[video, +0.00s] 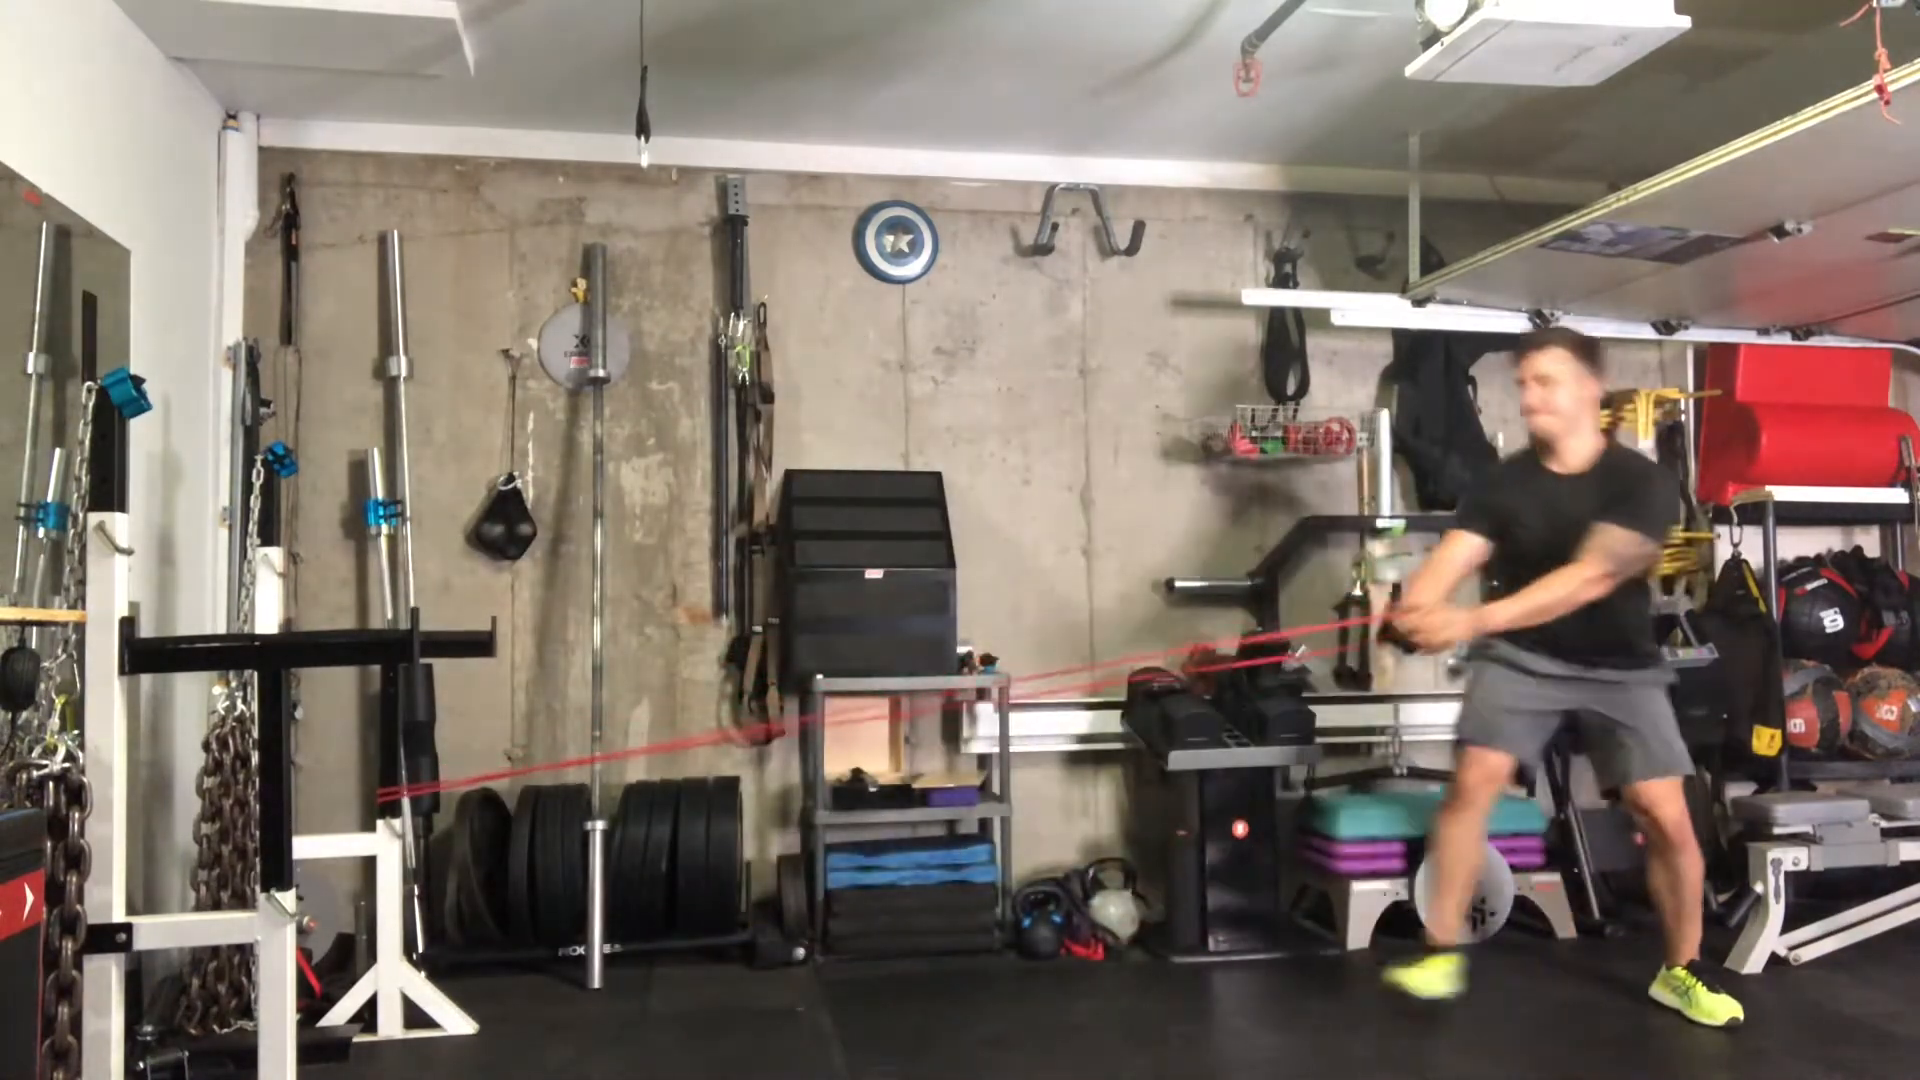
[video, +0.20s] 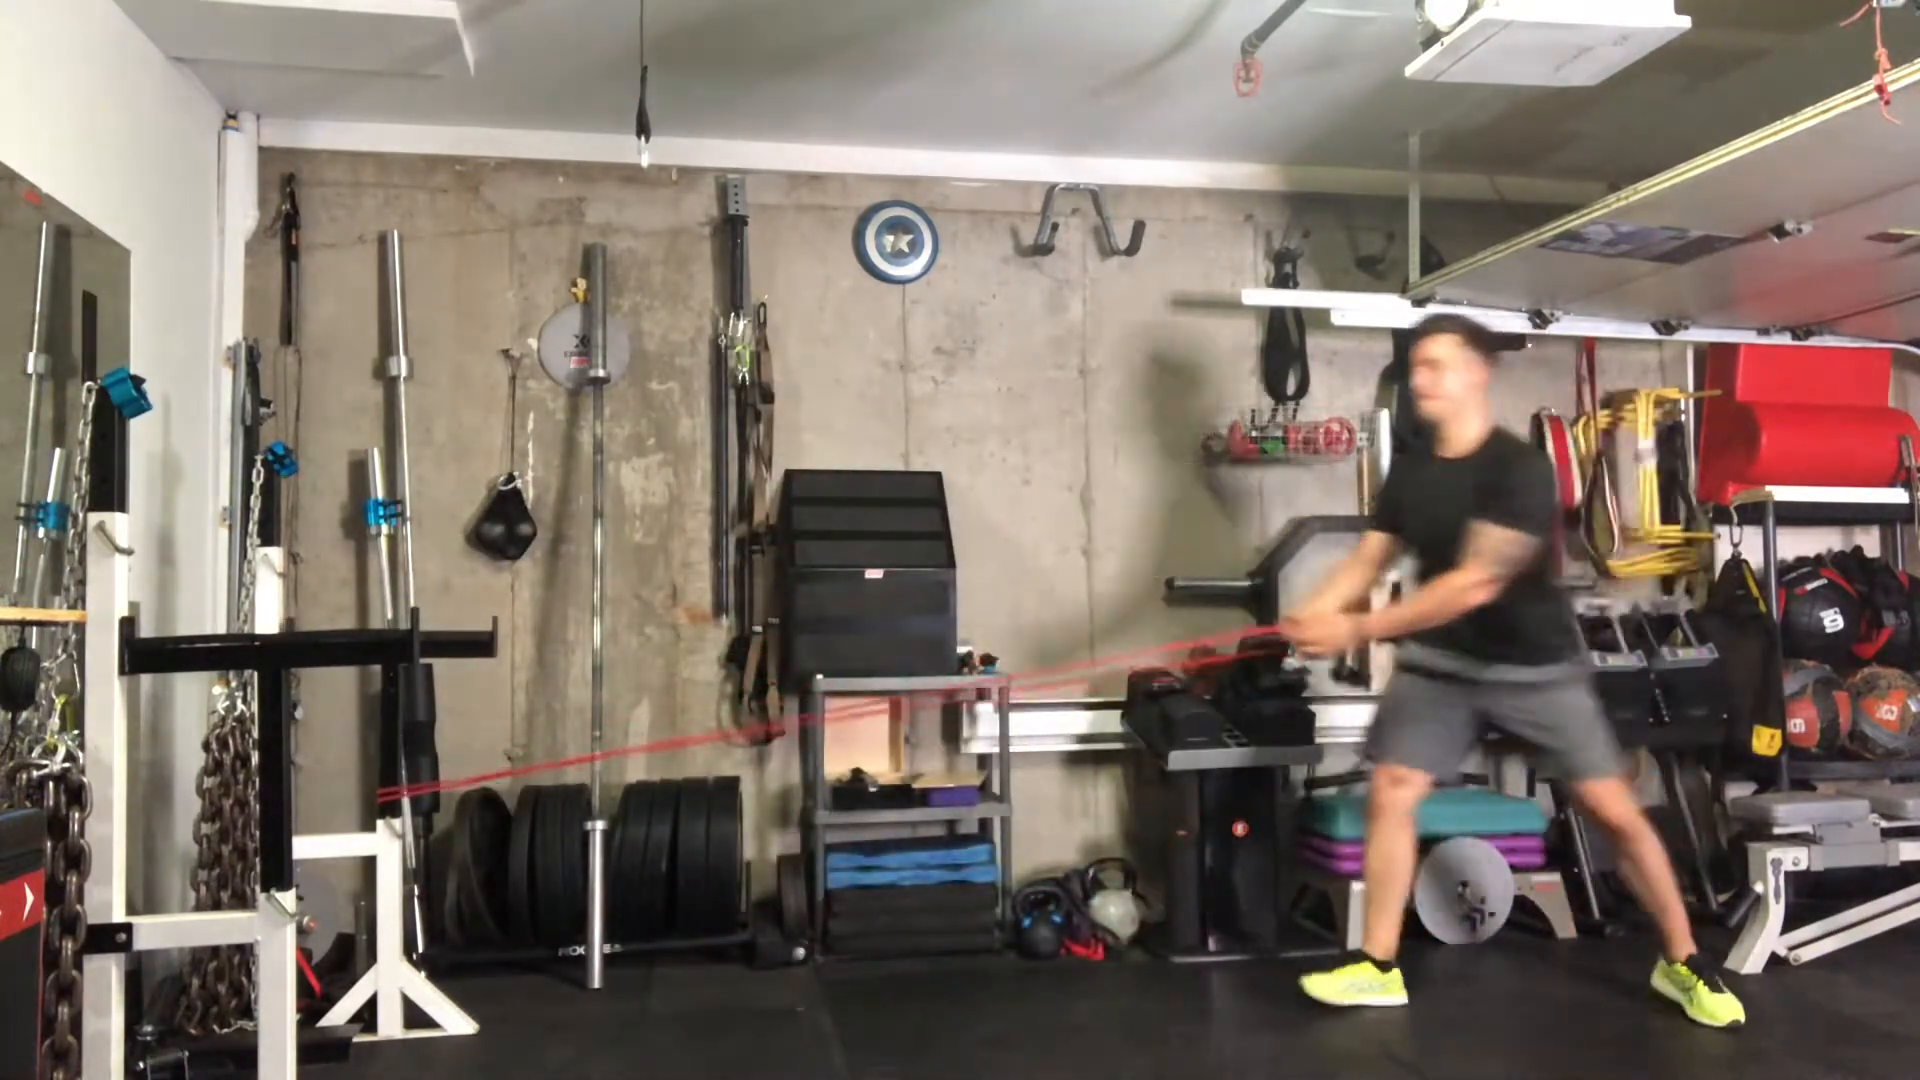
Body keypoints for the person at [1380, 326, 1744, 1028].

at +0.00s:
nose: (1531, 396)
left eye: (1547, 382)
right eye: (1524, 384)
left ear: (1594, 390)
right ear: (1519, 396)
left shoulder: (1644, 483)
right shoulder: (1509, 481)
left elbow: (1589, 578)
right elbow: (1450, 559)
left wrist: (1471, 621)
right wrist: (1411, 607)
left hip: (1623, 674)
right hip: (1518, 663)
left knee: (1669, 819)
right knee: (1473, 780)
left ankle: (1681, 971)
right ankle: (1443, 952)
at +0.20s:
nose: (1420, 379)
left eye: (1436, 366)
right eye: (1416, 368)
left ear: (1480, 372)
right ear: (1411, 381)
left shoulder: (1520, 466)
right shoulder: (1412, 467)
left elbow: (1475, 584)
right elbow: (1369, 560)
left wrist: (1357, 628)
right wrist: (1317, 611)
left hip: (1540, 672)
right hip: (1439, 670)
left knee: (1614, 808)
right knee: (1391, 790)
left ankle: (1682, 960)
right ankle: (1378, 963)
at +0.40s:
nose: (1331, 364)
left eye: (1345, 352)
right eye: (1329, 353)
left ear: (1392, 360)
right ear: (1333, 365)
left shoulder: (1425, 451)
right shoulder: (1327, 460)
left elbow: (1371, 562)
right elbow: (1278, 543)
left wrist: (1258, 605)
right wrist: (1223, 594)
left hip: (1425, 650)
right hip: (1350, 651)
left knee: (1438, 789)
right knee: (1344, 801)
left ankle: (1559, 927)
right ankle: (1374, 967)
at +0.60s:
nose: (1254, 361)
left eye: (1267, 347)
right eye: (1253, 348)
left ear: (1313, 358)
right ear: (1263, 360)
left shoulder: (1338, 451)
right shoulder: (1250, 459)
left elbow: (1296, 560)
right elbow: (1209, 536)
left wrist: (1184, 598)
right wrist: (1151, 585)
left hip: (1328, 647)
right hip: (1275, 648)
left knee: (1264, 777)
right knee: (1315, 797)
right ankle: (1373, 962)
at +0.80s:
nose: (1166, 372)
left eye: (1182, 360)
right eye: (1169, 360)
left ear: (1225, 375)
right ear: (1193, 377)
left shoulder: (1236, 470)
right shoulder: (1171, 468)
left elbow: (1207, 591)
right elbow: (1128, 558)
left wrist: (1100, 634)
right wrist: (1073, 617)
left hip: (1210, 670)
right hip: (1178, 665)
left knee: (1136, 805)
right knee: (1229, 808)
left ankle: (1088, 987)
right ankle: (1353, 942)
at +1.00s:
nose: (1078, 351)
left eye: (1095, 341)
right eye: (1083, 338)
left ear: (1136, 361)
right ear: (1105, 356)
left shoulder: (1130, 453)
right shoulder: (1081, 453)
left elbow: (1103, 580)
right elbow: (1037, 551)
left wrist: (1003, 628)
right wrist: (980, 613)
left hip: (1113, 663)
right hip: (1071, 658)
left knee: (1060, 801)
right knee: (1044, 791)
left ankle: (1081, 989)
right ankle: (1171, 902)